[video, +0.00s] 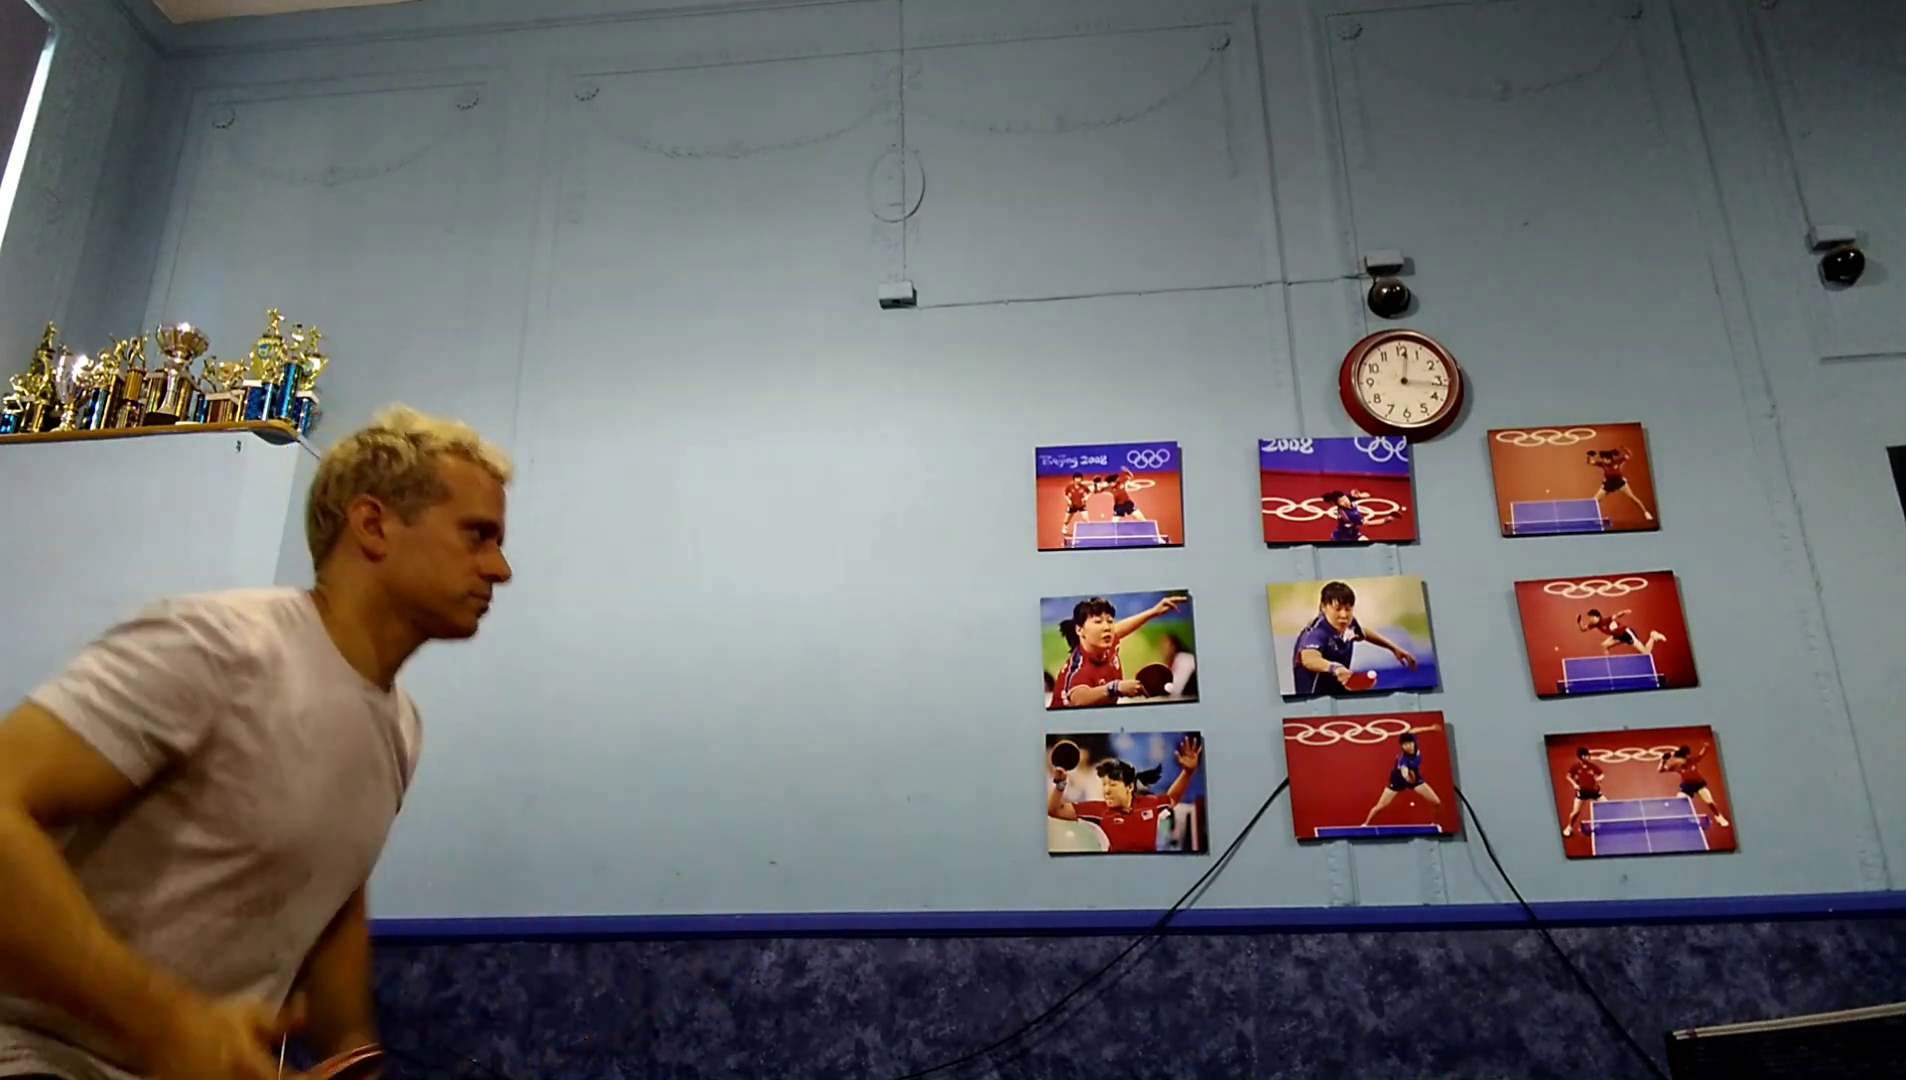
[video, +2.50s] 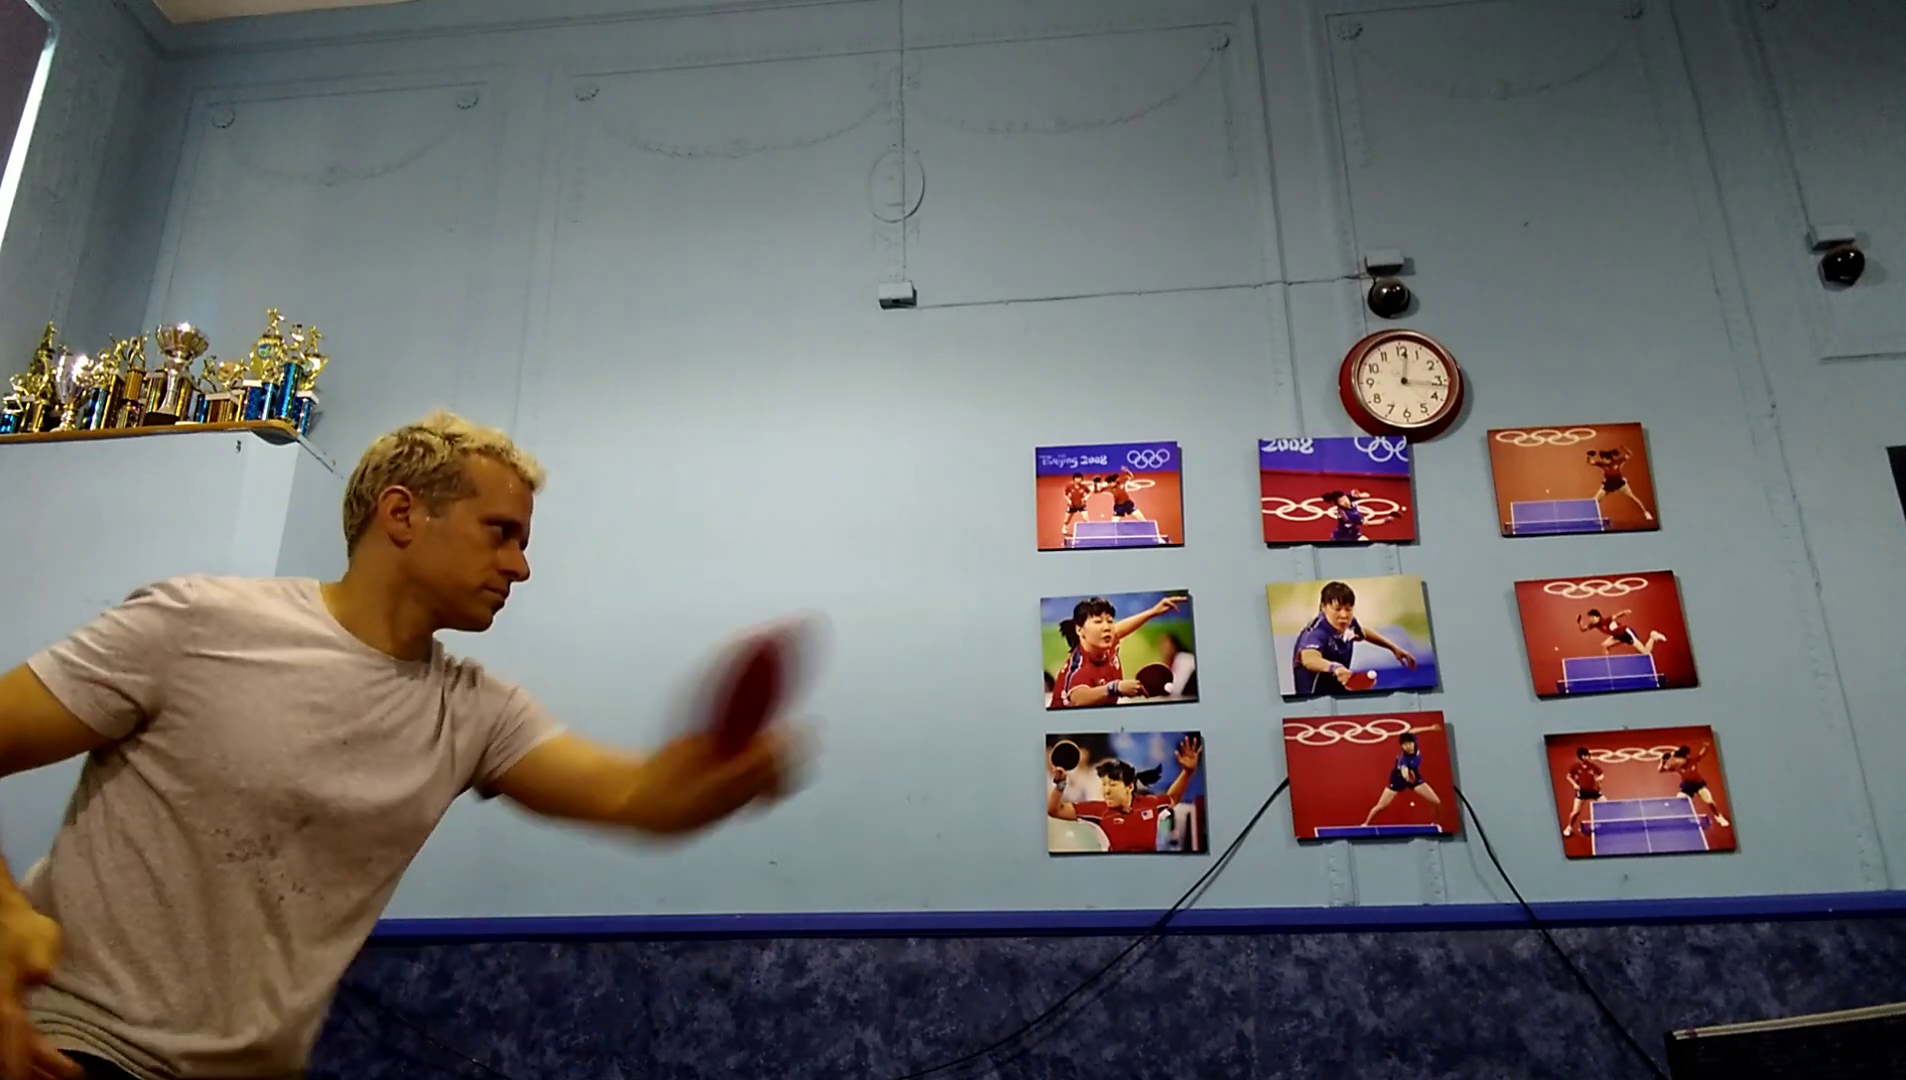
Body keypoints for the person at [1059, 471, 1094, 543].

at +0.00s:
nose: (1078, 480)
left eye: (1079, 479)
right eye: (1077, 479)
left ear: (1081, 479)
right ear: (1074, 479)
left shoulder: (1083, 487)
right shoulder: (1070, 487)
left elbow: (1090, 492)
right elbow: (1065, 494)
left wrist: (1085, 498)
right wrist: (1069, 501)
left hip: (1081, 505)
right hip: (1073, 505)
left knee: (1086, 519)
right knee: (1066, 520)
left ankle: (1090, 531)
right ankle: (1064, 529)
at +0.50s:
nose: (1078, 480)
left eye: (1079, 478)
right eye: (1076, 478)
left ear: (1081, 479)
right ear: (1074, 479)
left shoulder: (1083, 487)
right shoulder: (1070, 487)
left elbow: (1089, 492)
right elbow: (1065, 494)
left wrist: (1085, 498)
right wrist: (1068, 500)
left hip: (1081, 505)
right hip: (1072, 505)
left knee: (1086, 519)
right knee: (1067, 520)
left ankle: (1089, 530)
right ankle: (1064, 528)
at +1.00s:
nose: (1078, 480)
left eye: (1079, 479)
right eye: (1077, 479)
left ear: (1081, 479)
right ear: (1074, 479)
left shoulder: (1083, 487)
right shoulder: (1070, 487)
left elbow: (1089, 492)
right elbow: (1065, 494)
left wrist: (1085, 498)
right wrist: (1068, 500)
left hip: (1081, 505)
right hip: (1072, 505)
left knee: (1086, 519)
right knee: (1067, 520)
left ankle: (1089, 530)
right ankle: (1064, 528)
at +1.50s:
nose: (1078, 480)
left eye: (1079, 478)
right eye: (1076, 479)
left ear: (1081, 479)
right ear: (1074, 479)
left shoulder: (1083, 487)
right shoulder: (1070, 487)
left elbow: (1089, 492)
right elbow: (1065, 494)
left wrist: (1085, 498)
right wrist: (1068, 500)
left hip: (1081, 505)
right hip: (1072, 505)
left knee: (1086, 519)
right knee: (1066, 520)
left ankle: (1090, 531)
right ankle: (1064, 529)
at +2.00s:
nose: (1078, 481)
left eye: (1079, 479)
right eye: (1077, 479)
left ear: (1081, 479)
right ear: (1074, 480)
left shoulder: (1083, 487)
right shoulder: (1070, 487)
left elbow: (1089, 492)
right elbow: (1065, 494)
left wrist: (1085, 498)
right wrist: (1068, 500)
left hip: (1081, 505)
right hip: (1072, 505)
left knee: (1086, 519)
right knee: (1066, 520)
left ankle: (1090, 530)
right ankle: (1064, 529)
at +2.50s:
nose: (1078, 481)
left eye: (1079, 479)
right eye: (1077, 479)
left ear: (1081, 480)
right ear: (1074, 480)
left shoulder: (1083, 487)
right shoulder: (1070, 487)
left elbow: (1089, 492)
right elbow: (1065, 494)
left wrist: (1085, 498)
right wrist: (1068, 501)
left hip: (1081, 505)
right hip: (1072, 505)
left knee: (1086, 519)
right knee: (1066, 520)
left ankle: (1090, 530)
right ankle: (1064, 528)